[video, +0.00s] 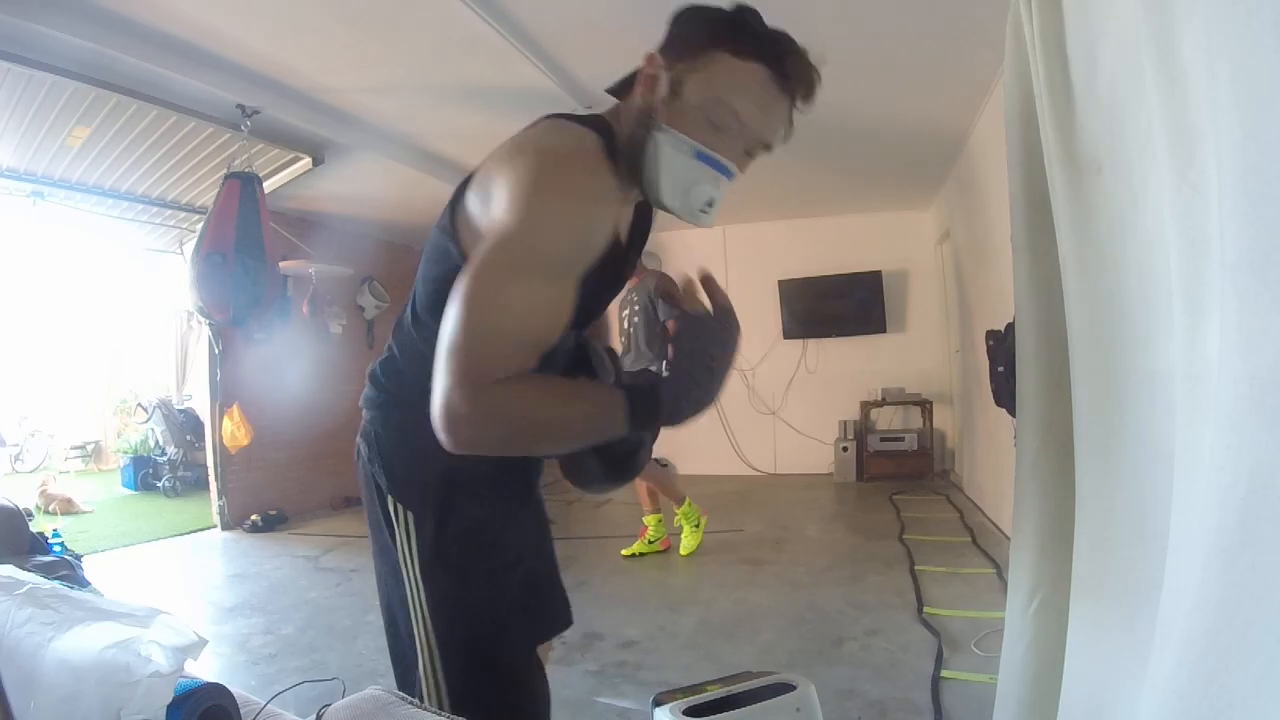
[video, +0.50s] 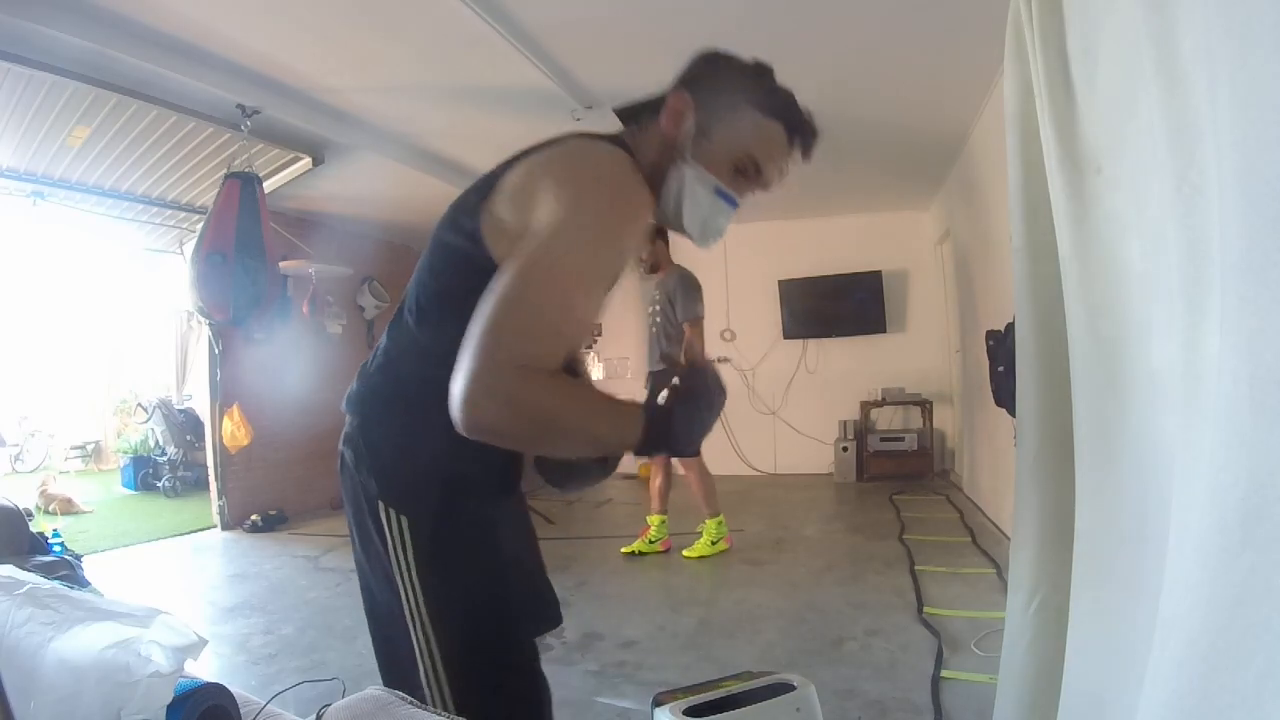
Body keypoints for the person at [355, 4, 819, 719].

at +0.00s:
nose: (726, 164)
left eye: (751, 150)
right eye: (718, 126)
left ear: (764, 154)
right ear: (651, 79)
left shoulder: (627, 184)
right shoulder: (559, 176)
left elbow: (565, 339)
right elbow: (466, 415)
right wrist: (655, 400)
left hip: (499, 449)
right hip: (436, 459)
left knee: (526, 645)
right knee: (494, 701)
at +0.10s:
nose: (743, 180)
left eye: (763, 170)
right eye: (741, 145)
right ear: (675, 95)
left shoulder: (610, 177)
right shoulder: (601, 185)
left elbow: (562, 346)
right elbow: (492, 413)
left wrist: (599, 438)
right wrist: (665, 422)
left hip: (466, 453)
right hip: (431, 459)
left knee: (514, 681)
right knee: (503, 701)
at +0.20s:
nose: (751, 205)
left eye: (767, 192)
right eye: (751, 173)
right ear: (686, 122)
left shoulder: (610, 182)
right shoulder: (633, 207)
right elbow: (519, 420)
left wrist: (634, 441)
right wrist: (671, 445)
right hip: (426, 466)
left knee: (524, 674)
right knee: (517, 703)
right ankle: (347, 709)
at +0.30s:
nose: (755, 229)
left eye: (770, 217)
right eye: (754, 197)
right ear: (695, 145)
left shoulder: (613, 197)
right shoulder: (641, 223)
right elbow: (531, 430)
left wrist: (639, 445)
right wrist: (670, 458)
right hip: (421, 472)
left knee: (522, 654)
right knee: (521, 704)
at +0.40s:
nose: (749, 224)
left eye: (765, 212)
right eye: (750, 192)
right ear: (693, 139)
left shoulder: (612, 193)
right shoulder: (632, 214)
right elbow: (520, 416)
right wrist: (665, 449)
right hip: (419, 469)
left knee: (509, 681)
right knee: (511, 704)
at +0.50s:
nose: (741, 199)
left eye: (756, 187)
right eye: (742, 169)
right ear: (679, 117)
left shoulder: (612, 187)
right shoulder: (600, 186)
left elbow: (548, 351)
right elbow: (488, 397)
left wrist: (579, 441)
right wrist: (656, 425)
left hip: (467, 457)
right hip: (420, 461)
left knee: (509, 677)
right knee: (485, 703)